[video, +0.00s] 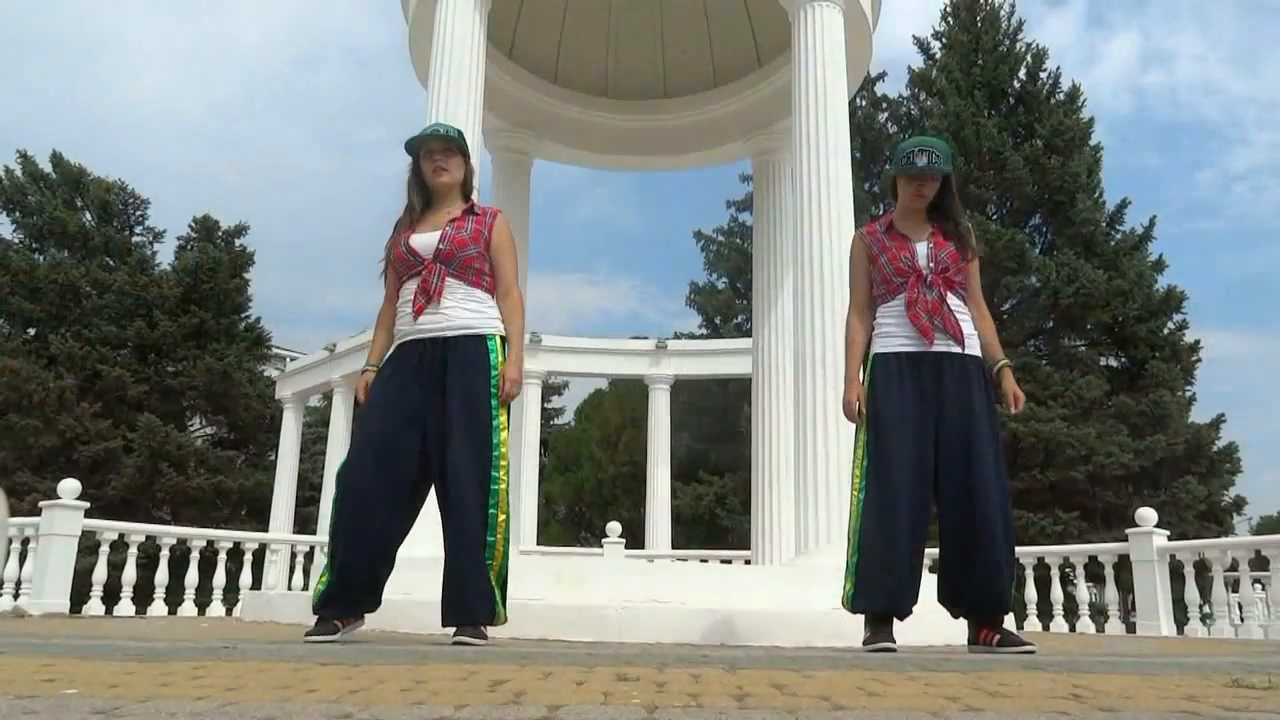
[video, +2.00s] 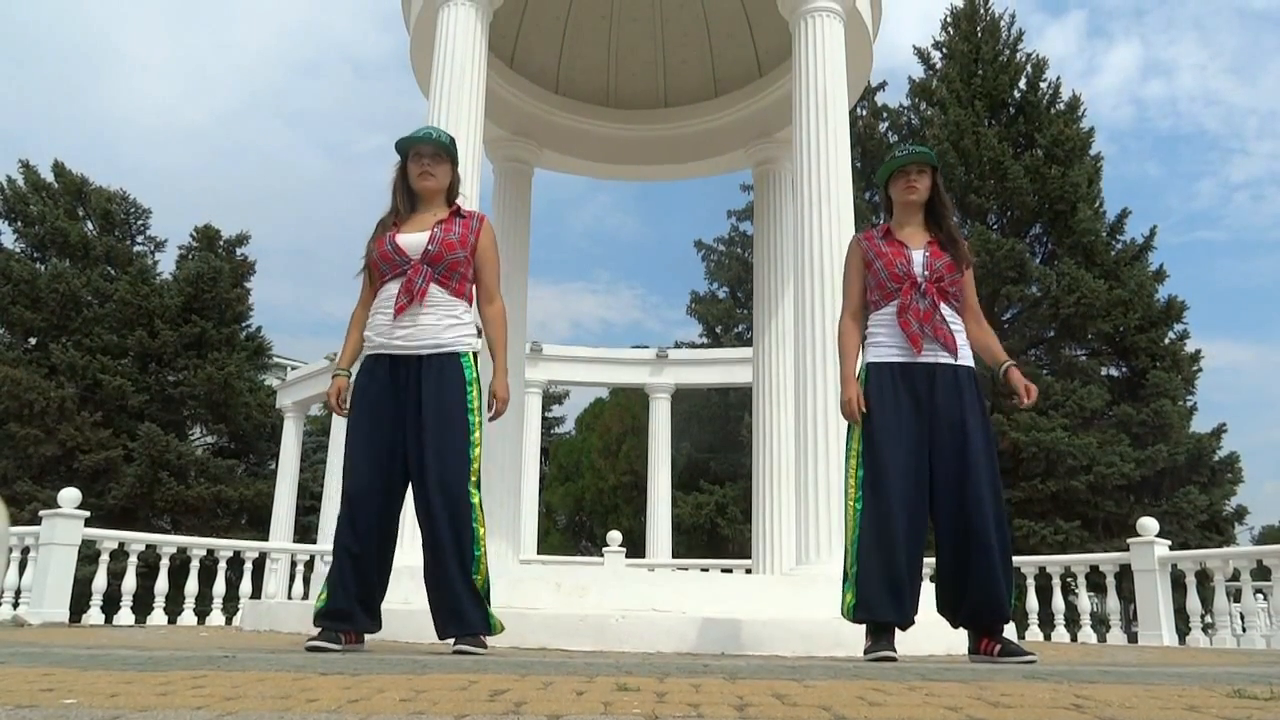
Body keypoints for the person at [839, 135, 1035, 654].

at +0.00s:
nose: (919, 185)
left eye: (928, 178)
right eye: (911, 176)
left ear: (942, 184)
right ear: (895, 179)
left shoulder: (960, 240)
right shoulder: (869, 239)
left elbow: (978, 309)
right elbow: (860, 313)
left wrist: (1003, 368)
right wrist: (853, 377)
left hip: (962, 373)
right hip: (897, 372)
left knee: (978, 490)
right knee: (895, 491)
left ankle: (985, 625)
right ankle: (879, 620)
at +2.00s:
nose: (914, 179)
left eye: (922, 173)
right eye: (905, 173)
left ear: (934, 185)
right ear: (888, 185)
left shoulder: (955, 248)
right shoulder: (866, 245)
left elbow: (974, 320)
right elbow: (852, 316)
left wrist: (1008, 368)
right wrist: (849, 377)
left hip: (954, 381)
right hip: (890, 380)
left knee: (973, 498)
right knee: (891, 501)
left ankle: (984, 634)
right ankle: (881, 629)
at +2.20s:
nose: (922, 183)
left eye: (930, 176)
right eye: (912, 178)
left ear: (944, 188)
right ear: (898, 192)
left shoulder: (963, 247)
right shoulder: (878, 242)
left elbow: (975, 326)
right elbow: (838, 311)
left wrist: (996, 319)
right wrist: (879, 334)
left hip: (963, 386)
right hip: (902, 386)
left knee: (972, 506)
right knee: (917, 496)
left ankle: (936, 632)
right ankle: (890, 626)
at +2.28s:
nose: (927, 195)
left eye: (936, 189)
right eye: (917, 191)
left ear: (950, 204)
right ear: (904, 208)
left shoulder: (968, 263)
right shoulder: (885, 257)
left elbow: (985, 349)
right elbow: (856, 335)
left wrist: (995, 324)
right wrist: (929, 326)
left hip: (962, 397)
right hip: (899, 395)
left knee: (977, 507)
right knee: (943, 491)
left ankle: (939, 635)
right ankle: (904, 611)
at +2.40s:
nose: (927, 177)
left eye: (936, 172)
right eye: (917, 173)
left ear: (949, 190)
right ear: (902, 193)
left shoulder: (965, 243)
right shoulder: (887, 240)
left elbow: (993, 320)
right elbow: (899, 311)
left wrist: (999, 275)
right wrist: (971, 268)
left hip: (955, 383)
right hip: (900, 381)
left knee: (969, 489)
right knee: (938, 482)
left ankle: (938, 627)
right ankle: (926, 622)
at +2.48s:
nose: (921, 148)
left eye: (930, 143)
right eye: (911, 144)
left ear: (948, 162)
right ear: (895, 163)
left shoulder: (969, 213)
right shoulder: (883, 211)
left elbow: (1014, 276)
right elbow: (876, 278)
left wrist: (1021, 237)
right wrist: (926, 222)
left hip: (958, 363)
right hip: (905, 359)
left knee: (963, 481)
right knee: (927, 475)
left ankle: (935, 610)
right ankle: (931, 613)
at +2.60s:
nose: (924, 143)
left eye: (933, 138)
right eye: (913, 139)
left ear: (948, 156)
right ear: (897, 159)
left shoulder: (972, 213)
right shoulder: (885, 215)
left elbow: (1013, 262)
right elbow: (830, 271)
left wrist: (1057, 227)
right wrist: (840, 203)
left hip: (957, 370)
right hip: (902, 366)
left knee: (933, 484)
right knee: (927, 483)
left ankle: (889, 592)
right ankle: (925, 629)